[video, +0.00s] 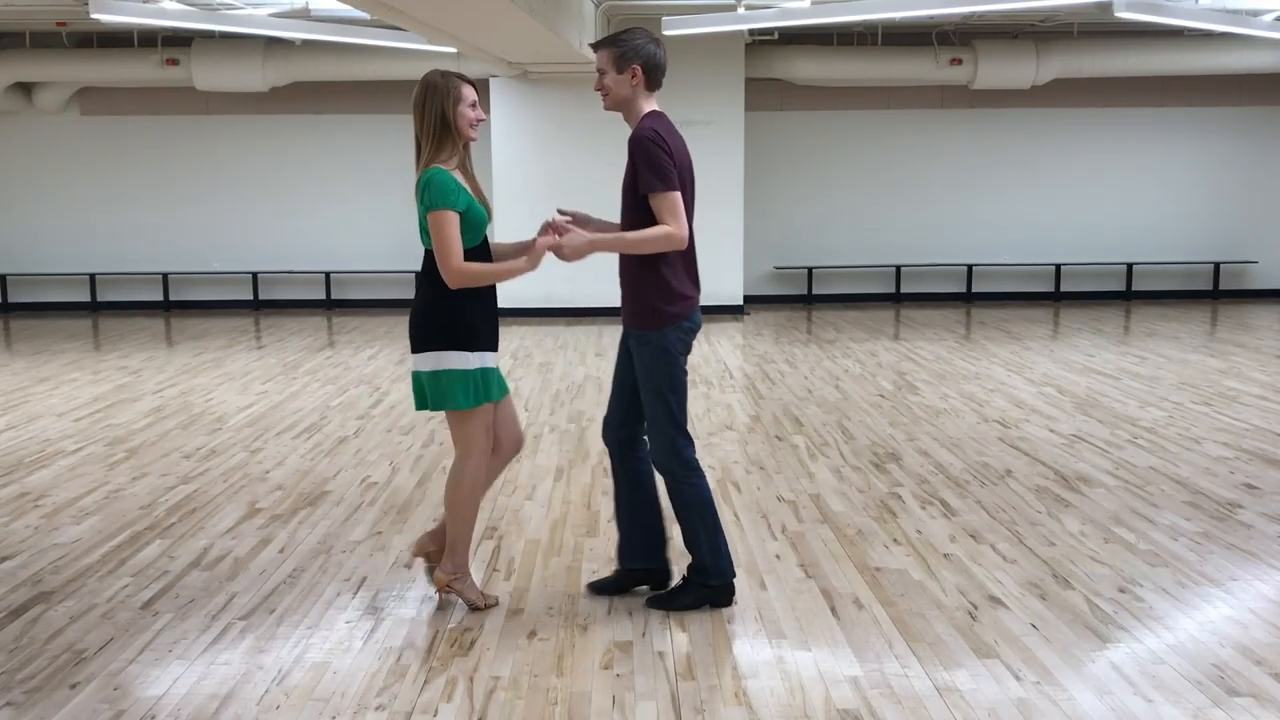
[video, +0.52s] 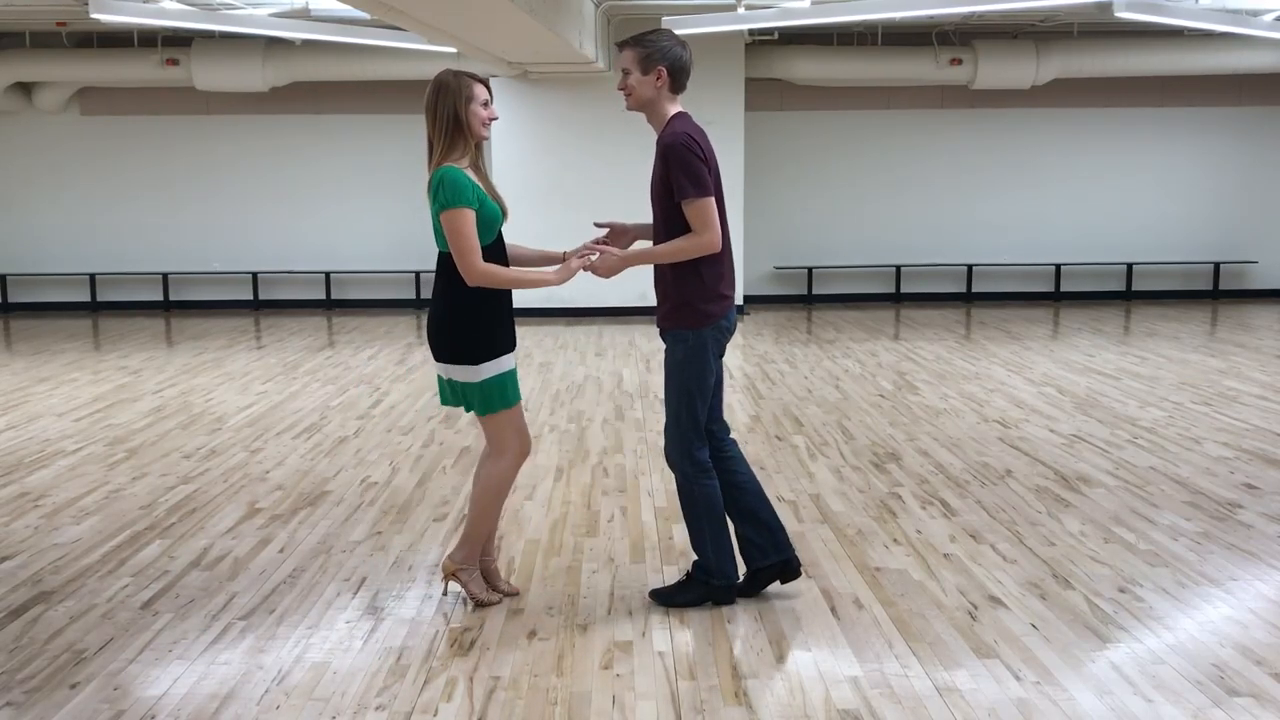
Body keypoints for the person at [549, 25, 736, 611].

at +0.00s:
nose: (596, 86)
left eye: (602, 75)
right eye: (596, 76)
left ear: (636, 76)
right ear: (636, 78)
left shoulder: (649, 136)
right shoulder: (654, 134)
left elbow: (675, 233)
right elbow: (651, 230)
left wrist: (594, 243)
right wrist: (591, 226)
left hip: (663, 318)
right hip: (648, 317)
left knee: (666, 444)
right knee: (622, 432)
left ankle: (714, 576)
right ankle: (644, 564)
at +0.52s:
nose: (619, 84)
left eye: (627, 74)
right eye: (619, 74)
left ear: (658, 76)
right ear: (659, 78)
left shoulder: (679, 141)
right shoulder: (677, 136)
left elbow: (708, 238)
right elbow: (691, 227)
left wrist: (630, 258)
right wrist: (634, 233)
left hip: (695, 318)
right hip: (702, 314)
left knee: (685, 445)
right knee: (710, 436)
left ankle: (715, 573)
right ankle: (771, 556)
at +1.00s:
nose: (586, 82)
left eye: (593, 72)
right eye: (587, 72)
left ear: (624, 74)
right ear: (624, 76)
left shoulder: (638, 137)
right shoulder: (643, 132)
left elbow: (655, 235)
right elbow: (645, 219)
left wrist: (582, 206)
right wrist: (589, 213)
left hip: (648, 319)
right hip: (631, 317)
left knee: (656, 443)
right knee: (616, 437)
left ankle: (710, 569)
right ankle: (635, 565)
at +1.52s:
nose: (542, 81)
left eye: (549, 72)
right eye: (542, 72)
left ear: (579, 75)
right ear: (583, 76)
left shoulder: (595, 139)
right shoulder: (603, 135)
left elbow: (601, 237)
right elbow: (593, 237)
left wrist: (523, 243)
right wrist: (520, 243)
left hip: (587, 319)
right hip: (603, 315)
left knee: (549, 444)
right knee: (588, 436)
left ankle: (559, 584)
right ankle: (632, 563)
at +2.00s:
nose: (560, 92)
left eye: (567, 82)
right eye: (559, 82)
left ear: (602, 83)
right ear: (596, 86)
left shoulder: (620, 138)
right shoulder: (614, 137)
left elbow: (652, 222)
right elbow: (605, 216)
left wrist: (575, 207)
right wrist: (547, 202)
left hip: (613, 314)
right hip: (639, 311)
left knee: (561, 423)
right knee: (630, 427)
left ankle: (597, 551)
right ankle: (677, 556)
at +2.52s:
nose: (575, 101)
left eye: (584, 92)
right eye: (572, 92)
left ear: (615, 96)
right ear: (575, 98)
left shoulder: (631, 147)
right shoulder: (583, 147)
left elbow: (675, 185)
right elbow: (519, 165)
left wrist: (665, 126)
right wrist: (544, 137)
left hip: (611, 309)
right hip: (603, 306)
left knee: (587, 427)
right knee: (601, 418)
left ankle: (628, 537)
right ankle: (682, 509)